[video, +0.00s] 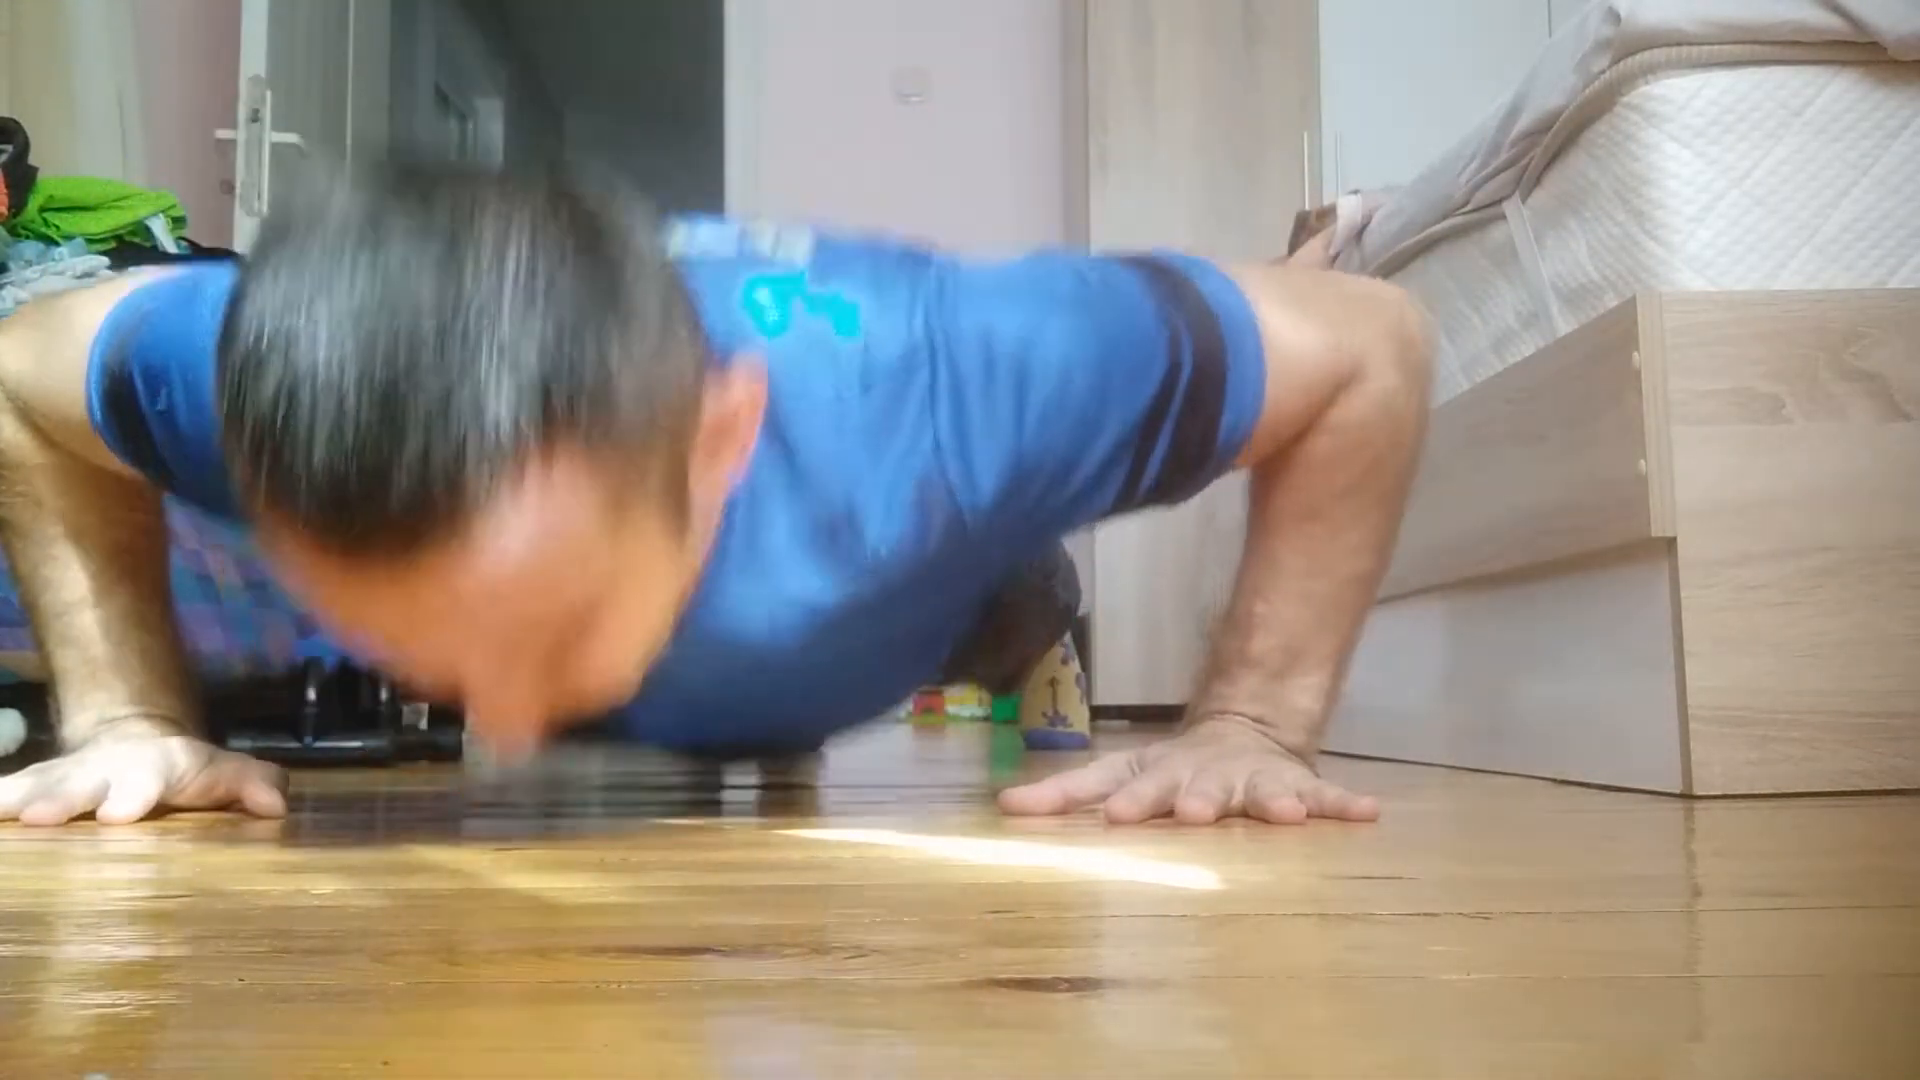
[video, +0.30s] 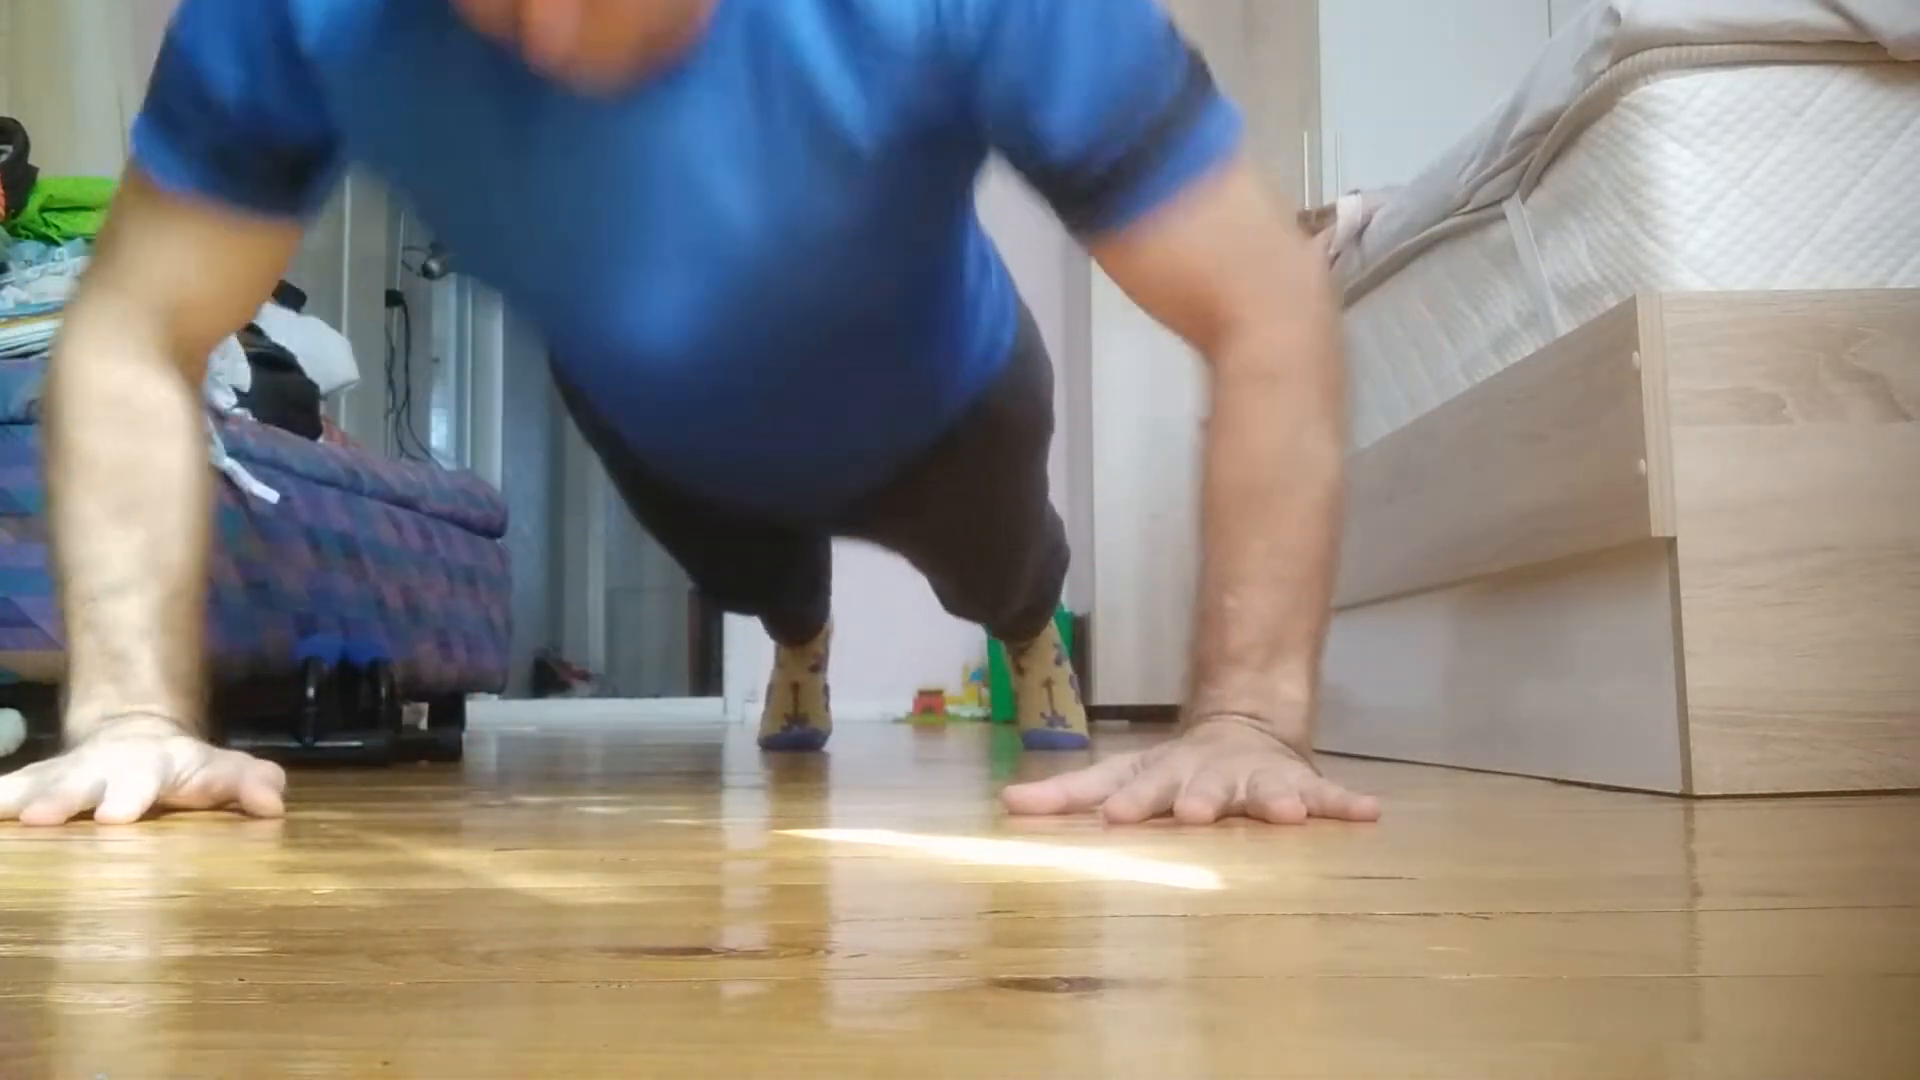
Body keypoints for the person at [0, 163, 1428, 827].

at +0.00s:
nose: (505, 738)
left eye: (563, 645)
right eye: (418, 673)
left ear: (722, 441)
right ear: (298, 518)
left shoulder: (943, 412)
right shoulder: (240, 379)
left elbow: (1372, 351)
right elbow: (30, 375)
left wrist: (1254, 723)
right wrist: (125, 718)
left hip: (890, 644)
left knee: (1010, 640)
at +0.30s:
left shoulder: (965, 12)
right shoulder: (307, 22)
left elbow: (1273, 295)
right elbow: (127, 334)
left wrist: (1250, 715)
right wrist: (139, 716)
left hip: (928, 415)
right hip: (674, 456)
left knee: (999, 571)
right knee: (764, 579)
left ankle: (1008, 627)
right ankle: (798, 640)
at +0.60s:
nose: (547, 14)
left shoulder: (960, 11)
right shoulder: (317, 15)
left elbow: (1263, 291)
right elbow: (150, 324)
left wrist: (1246, 717)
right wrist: (138, 717)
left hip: (922, 440)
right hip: (666, 480)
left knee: (1003, 585)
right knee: (765, 596)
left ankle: (1018, 615)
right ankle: (798, 644)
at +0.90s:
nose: (478, 774)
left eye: (544, 679)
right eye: (396, 701)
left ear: (706, 480)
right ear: (271, 533)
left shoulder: (936, 446)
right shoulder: (222, 412)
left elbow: (1346, 346)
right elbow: (26, 375)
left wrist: (1248, 723)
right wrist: (127, 717)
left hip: (923, 704)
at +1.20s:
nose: (527, 181)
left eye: (581, 90)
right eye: (461, 111)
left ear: (706, 6)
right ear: (385, 57)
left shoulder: (950, 73)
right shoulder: (298, 103)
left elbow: (1349, 338)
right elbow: (62, 371)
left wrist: (1254, 718)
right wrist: (134, 719)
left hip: (941, 455)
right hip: (693, 495)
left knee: (1012, 585)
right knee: (781, 595)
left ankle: (1021, 636)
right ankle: (810, 654)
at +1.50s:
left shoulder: (975, 12)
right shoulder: (345, 8)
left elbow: (1162, 282)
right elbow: (236, 278)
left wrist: (1241, 705)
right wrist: (146, 712)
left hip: (932, 384)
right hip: (675, 423)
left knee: (1008, 561)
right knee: (778, 566)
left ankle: (1022, 618)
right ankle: (817, 642)